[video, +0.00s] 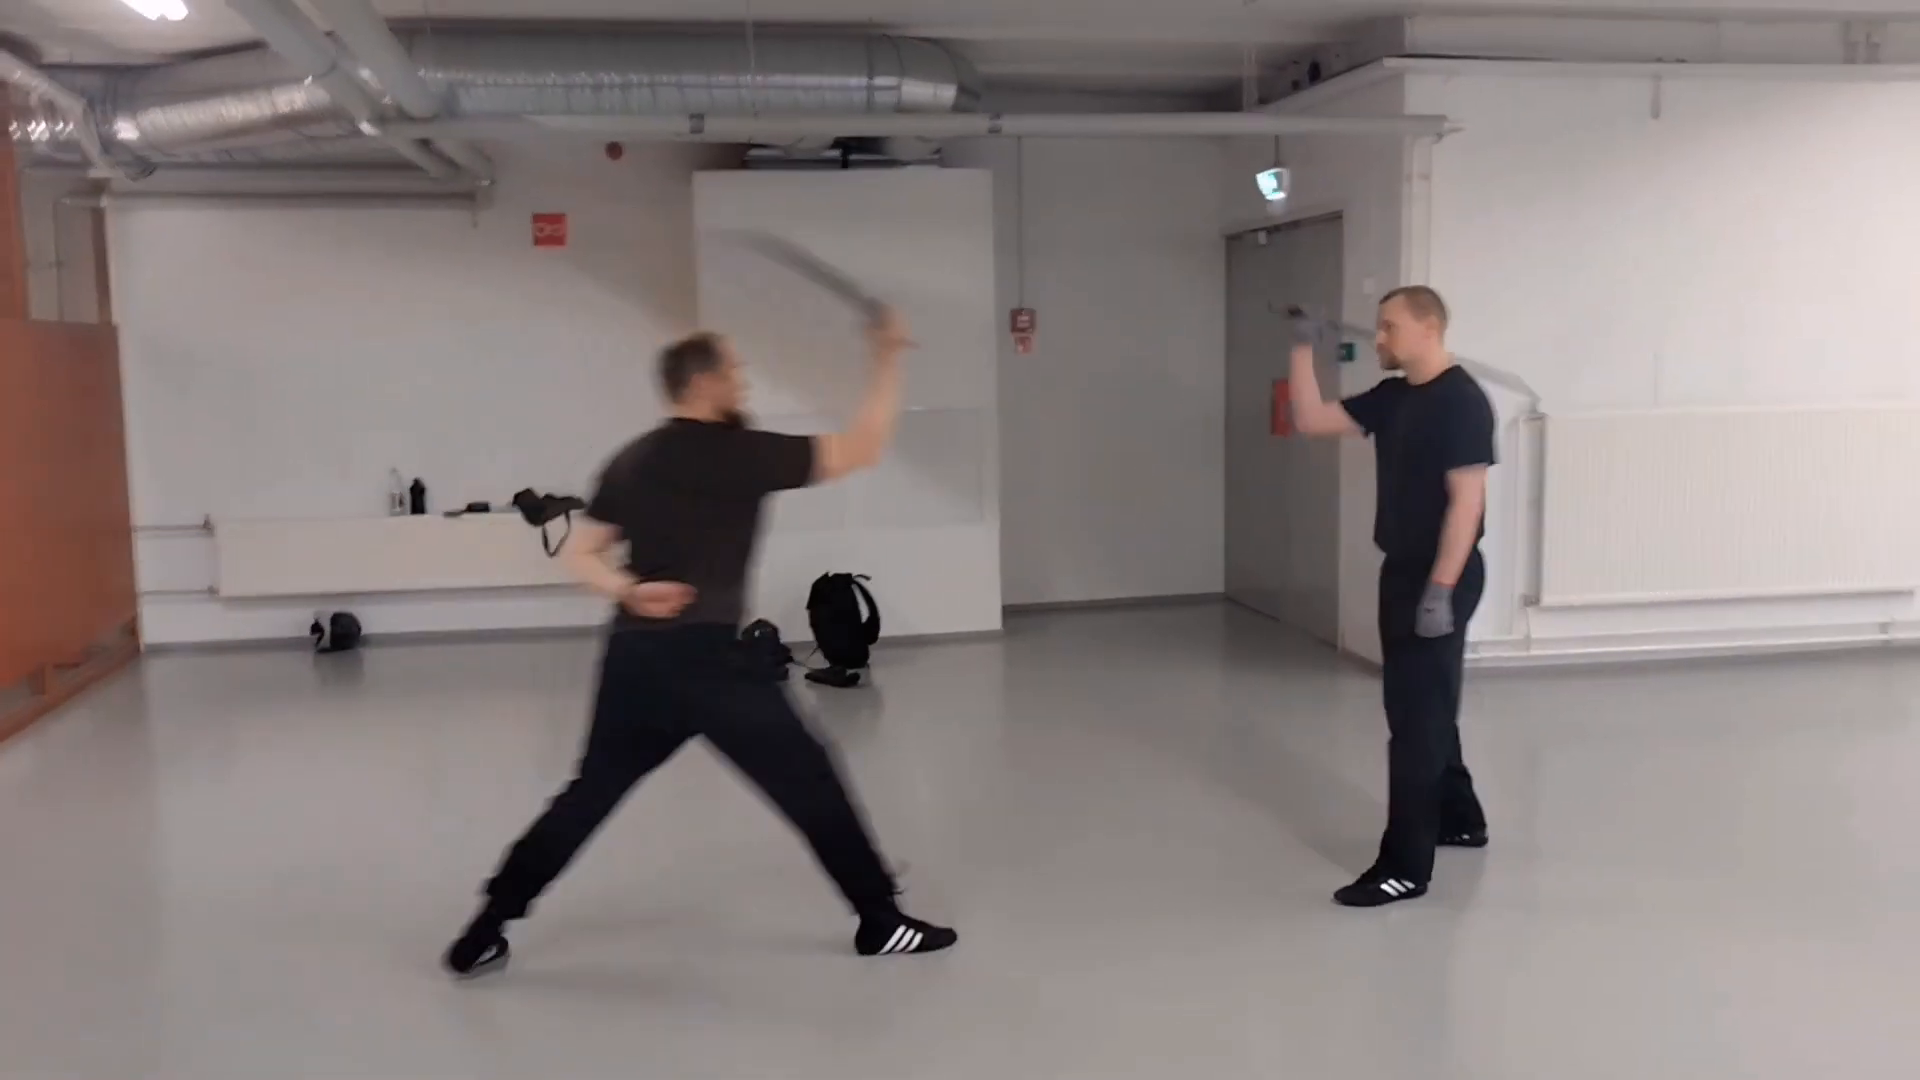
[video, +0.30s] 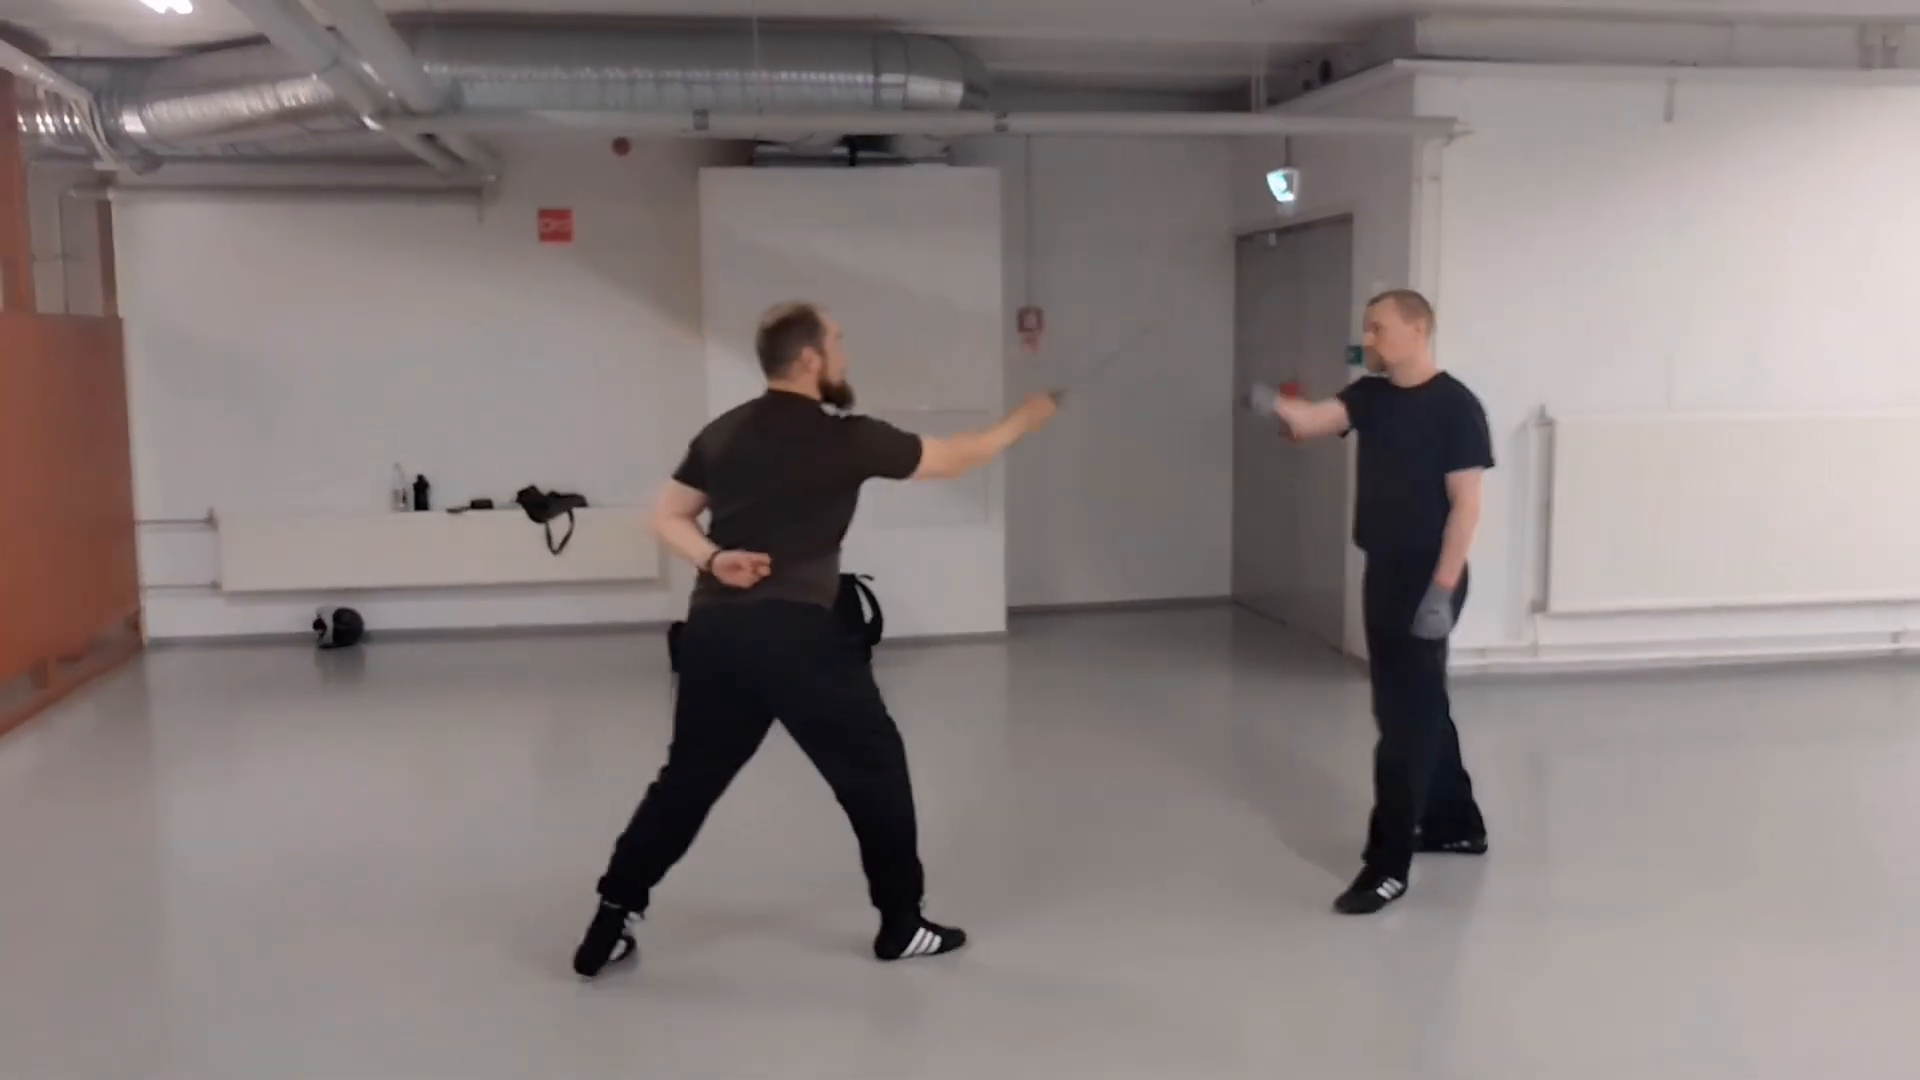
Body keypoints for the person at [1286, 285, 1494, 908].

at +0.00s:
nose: (1379, 338)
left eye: (1389, 327)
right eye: (1379, 328)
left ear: (1429, 328)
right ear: (1404, 334)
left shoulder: (1461, 400)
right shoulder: (1394, 395)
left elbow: (1468, 501)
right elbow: (1312, 419)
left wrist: (1440, 588)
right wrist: (1303, 346)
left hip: (1442, 575)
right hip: (1402, 571)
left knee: (1414, 719)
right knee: (1422, 707)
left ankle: (1405, 867)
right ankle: (1458, 817)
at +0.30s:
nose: (1367, 340)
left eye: (1377, 329)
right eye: (1367, 331)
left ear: (1418, 331)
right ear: (1384, 338)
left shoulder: (1454, 405)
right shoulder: (1373, 394)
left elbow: (1466, 506)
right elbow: (1313, 421)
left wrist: (1442, 589)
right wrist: (1282, 407)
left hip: (1430, 574)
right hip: (1382, 570)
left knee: (1402, 716)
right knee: (1417, 706)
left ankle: (1388, 865)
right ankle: (1455, 822)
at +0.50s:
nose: (1328, 347)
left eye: (1340, 336)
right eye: (1329, 337)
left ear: (1380, 342)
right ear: (1350, 346)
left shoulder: (1415, 416)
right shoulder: (1331, 413)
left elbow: (1434, 515)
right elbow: (1292, 482)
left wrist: (1409, 600)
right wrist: (1255, 487)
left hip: (1402, 588)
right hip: (1352, 585)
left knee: (1359, 712)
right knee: (1402, 708)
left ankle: (1350, 873)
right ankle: (1446, 823)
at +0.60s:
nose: (1308, 347)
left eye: (1320, 336)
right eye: (1309, 337)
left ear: (1362, 344)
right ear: (1325, 346)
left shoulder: (1396, 421)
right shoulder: (1309, 412)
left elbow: (1411, 522)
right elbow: (1259, 482)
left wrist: (1390, 608)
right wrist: (1199, 488)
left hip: (1373, 593)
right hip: (1324, 587)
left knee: (1333, 717)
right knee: (1365, 709)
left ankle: (1340, 873)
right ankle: (1433, 808)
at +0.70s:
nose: (1285, 344)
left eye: (1297, 335)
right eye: (1286, 334)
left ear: (1338, 343)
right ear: (1314, 343)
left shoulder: (1371, 421)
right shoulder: (1281, 406)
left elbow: (1387, 525)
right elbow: (1216, 457)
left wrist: (1355, 608)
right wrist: (1150, 458)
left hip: (1341, 594)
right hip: (1289, 587)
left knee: (1313, 727)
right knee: (1288, 722)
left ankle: (1332, 874)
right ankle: (1376, 778)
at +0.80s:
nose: (1258, 339)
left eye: (1271, 330)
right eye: (1260, 329)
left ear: (1312, 341)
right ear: (1296, 340)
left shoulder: (1342, 419)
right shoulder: (1251, 400)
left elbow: (1356, 520)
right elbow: (1166, 430)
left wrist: (1332, 608)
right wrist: (1089, 417)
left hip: (1311, 600)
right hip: (1253, 593)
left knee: (1303, 735)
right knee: (1219, 715)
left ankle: (1332, 872)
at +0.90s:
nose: (1227, 339)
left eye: (1239, 330)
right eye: (1228, 329)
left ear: (1281, 338)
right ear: (1239, 338)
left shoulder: (1312, 419)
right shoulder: (1210, 397)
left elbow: (1327, 523)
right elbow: (1118, 405)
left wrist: (1305, 614)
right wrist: (1043, 385)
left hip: (1279, 603)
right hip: (1215, 595)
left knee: (1301, 740)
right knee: (1162, 708)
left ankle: (1336, 869)